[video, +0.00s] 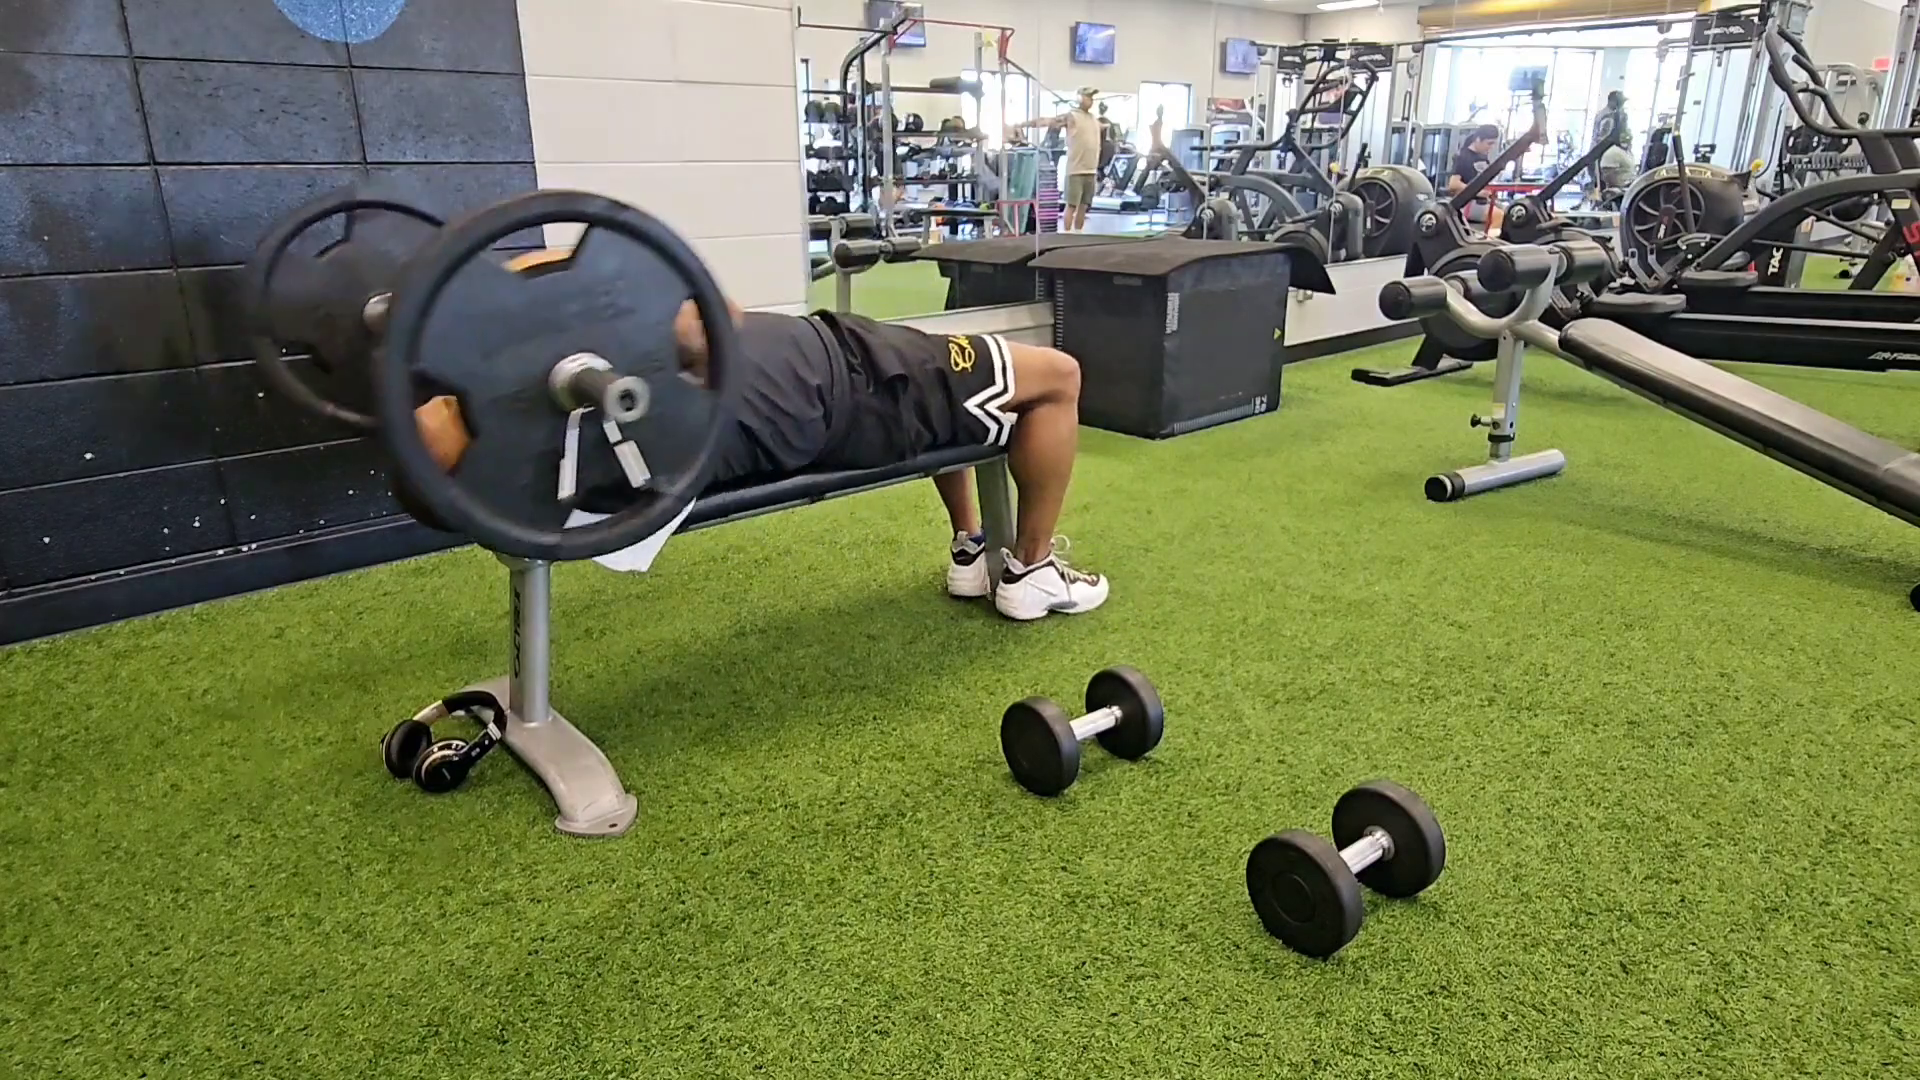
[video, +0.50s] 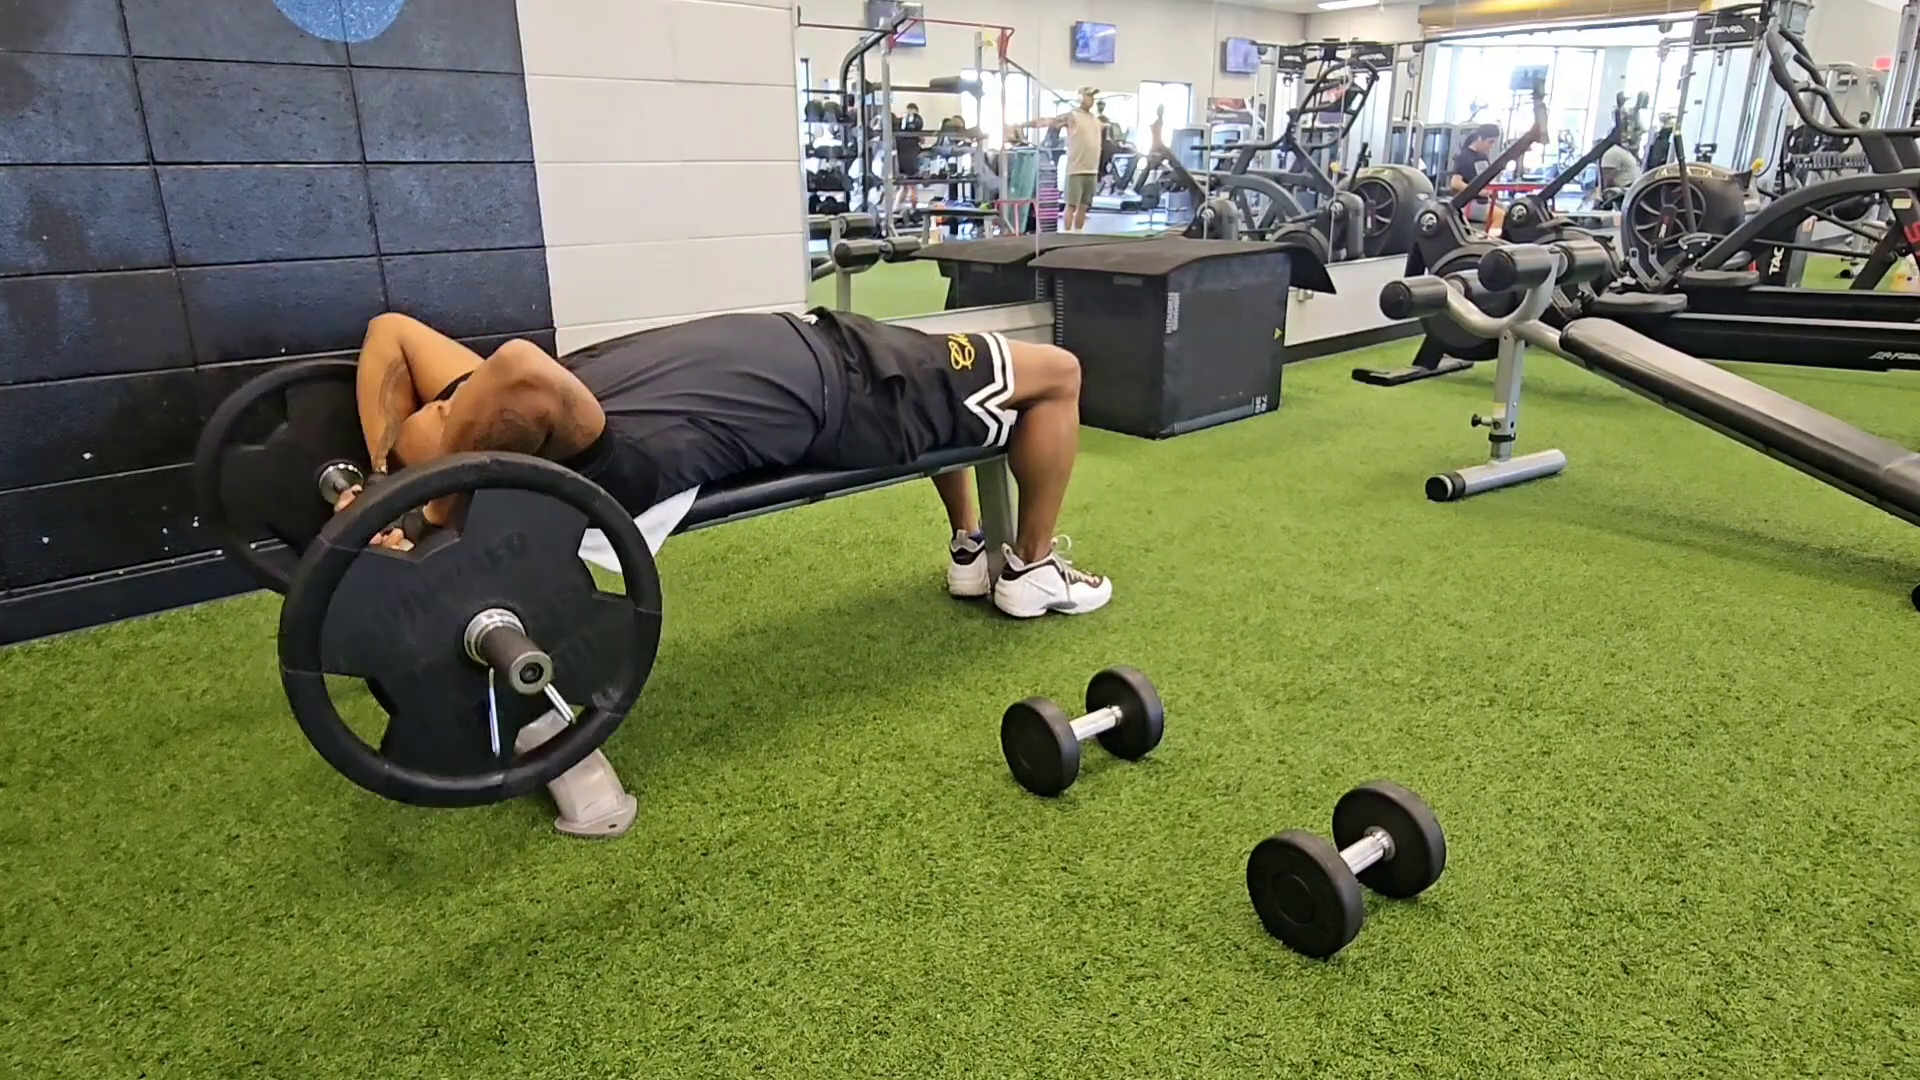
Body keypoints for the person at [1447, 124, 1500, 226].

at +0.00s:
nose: (1491, 148)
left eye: (1493, 144)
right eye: (1489, 143)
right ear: (1478, 140)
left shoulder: (1484, 157)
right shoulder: (1463, 156)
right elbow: (1454, 183)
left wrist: (1492, 190)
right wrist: (1478, 192)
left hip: (1486, 200)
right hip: (1467, 202)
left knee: (1508, 211)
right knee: (1498, 215)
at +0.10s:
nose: (1490, 147)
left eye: (1492, 144)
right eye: (1489, 143)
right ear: (1478, 139)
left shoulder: (1484, 157)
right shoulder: (1464, 156)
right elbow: (1454, 182)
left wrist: (1492, 189)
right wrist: (1478, 192)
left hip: (1486, 200)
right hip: (1468, 203)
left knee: (1508, 211)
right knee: (1498, 215)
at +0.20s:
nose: (1491, 147)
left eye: (1493, 143)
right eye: (1489, 142)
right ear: (1479, 139)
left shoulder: (1484, 157)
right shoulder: (1464, 156)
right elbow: (1455, 182)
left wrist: (1493, 189)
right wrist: (1479, 192)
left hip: (1487, 200)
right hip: (1469, 202)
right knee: (1500, 216)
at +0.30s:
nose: (1491, 146)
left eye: (1493, 143)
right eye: (1490, 142)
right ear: (1479, 138)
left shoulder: (1484, 157)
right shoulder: (1464, 156)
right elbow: (1455, 182)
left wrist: (1493, 189)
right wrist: (1479, 191)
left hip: (1487, 200)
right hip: (1470, 203)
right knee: (1501, 217)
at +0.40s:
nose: (1491, 146)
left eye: (1493, 143)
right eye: (1490, 142)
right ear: (1479, 138)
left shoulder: (1484, 157)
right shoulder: (1464, 156)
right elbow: (1455, 182)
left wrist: (1492, 189)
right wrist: (1479, 191)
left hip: (1487, 200)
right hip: (1470, 203)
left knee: (1508, 212)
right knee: (1499, 215)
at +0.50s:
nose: (1491, 146)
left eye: (1493, 143)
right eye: (1490, 142)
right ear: (1480, 138)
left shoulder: (1484, 157)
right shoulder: (1464, 156)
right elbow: (1455, 182)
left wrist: (1492, 189)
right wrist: (1479, 192)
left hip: (1486, 200)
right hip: (1470, 202)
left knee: (1507, 213)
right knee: (1499, 215)